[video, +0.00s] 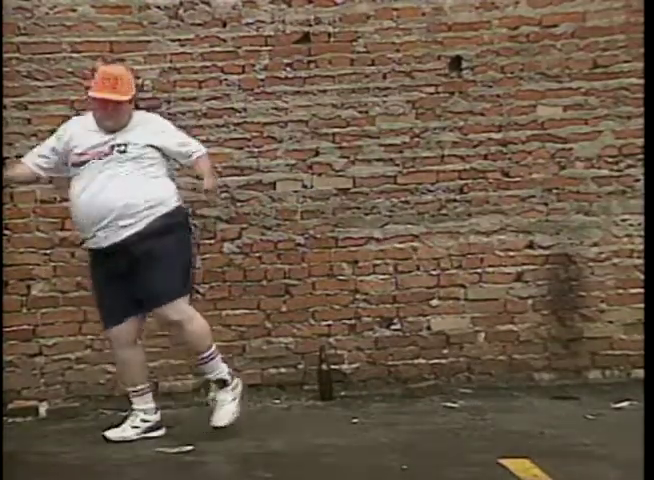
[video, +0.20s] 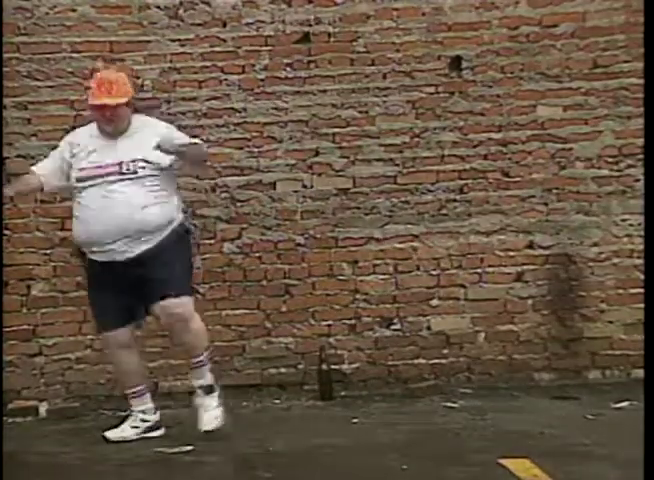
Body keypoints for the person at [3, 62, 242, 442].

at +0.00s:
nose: (105, 109)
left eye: (115, 102)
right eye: (99, 101)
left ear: (131, 101)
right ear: (90, 99)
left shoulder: (150, 125)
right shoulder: (73, 131)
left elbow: (195, 153)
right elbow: (33, 166)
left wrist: (208, 177)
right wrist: (7, 172)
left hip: (160, 230)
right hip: (107, 247)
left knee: (173, 311)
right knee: (122, 335)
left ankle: (223, 382)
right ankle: (145, 414)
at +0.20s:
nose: (107, 114)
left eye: (115, 107)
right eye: (100, 107)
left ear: (130, 103)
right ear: (90, 106)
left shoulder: (153, 130)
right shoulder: (76, 142)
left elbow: (202, 162)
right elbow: (41, 177)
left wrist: (178, 149)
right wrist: (10, 189)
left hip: (161, 242)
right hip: (103, 256)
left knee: (176, 311)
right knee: (116, 337)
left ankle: (206, 390)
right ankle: (144, 414)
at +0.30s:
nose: (102, 104)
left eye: (110, 97)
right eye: (96, 98)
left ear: (130, 92)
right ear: (89, 97)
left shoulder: (157, 118)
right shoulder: (82, 135)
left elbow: (194, 151)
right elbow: (64, 181)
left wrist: (175, 168)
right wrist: (50, 205)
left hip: (162, 241)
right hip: (104, 248)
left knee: (168, 323)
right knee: (120, 330)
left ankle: (172, 410)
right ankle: (139, 408)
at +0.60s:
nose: (127, 123)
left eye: (134, 114)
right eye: (119, 117)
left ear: (148, 111)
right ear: (109, 117)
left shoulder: (173, 146)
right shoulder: (102, 147)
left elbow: (208, 195)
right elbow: (83, 181)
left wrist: (201, 242)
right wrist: (72, 218)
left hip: (161, 265)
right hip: (102, 262)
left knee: (158, 343)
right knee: (87, 329)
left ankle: (158, 414)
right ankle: (116, 394)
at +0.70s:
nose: (138, 116)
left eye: (145, 109)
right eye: (130, 109)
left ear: (155, 105)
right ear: (115, 104)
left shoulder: (175, 137)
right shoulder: (96, 130)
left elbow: (212, 181)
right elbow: (70, 159)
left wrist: (205, 228)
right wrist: (65, 197)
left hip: (162, 256)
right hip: (102, 253)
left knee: (159, 335)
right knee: (97, 325)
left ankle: (159, 413)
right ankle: (117, 404)